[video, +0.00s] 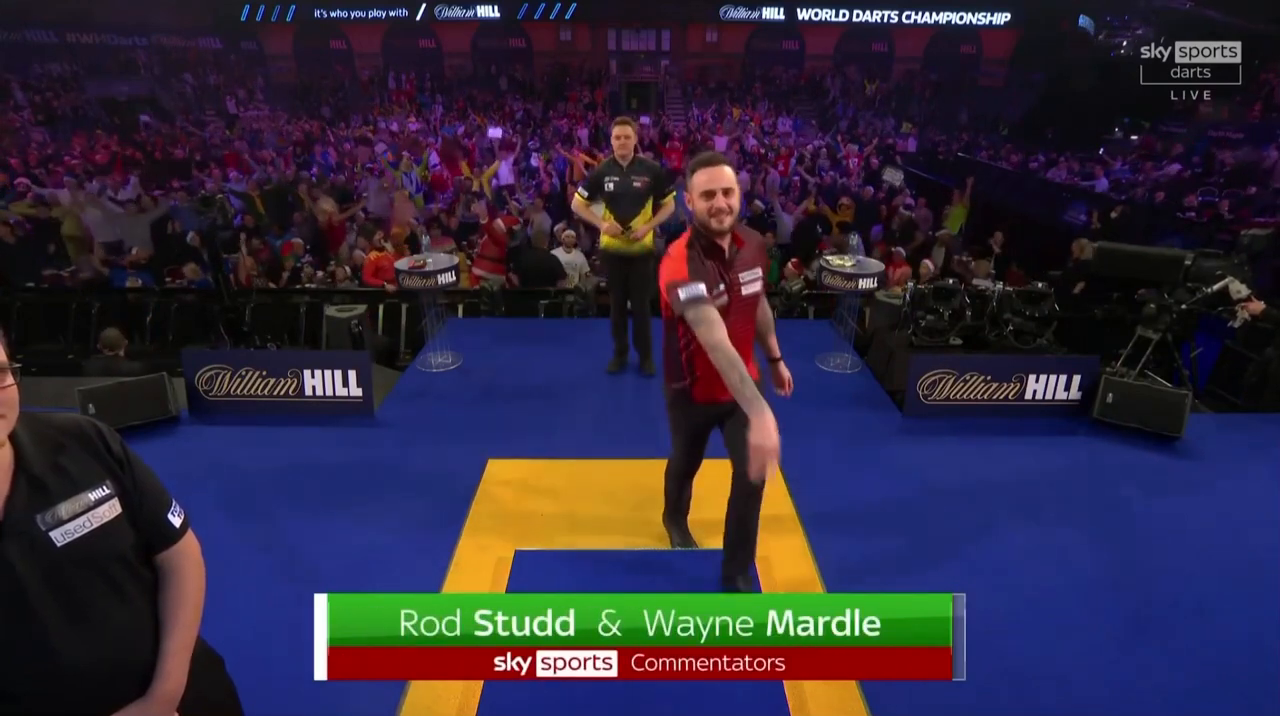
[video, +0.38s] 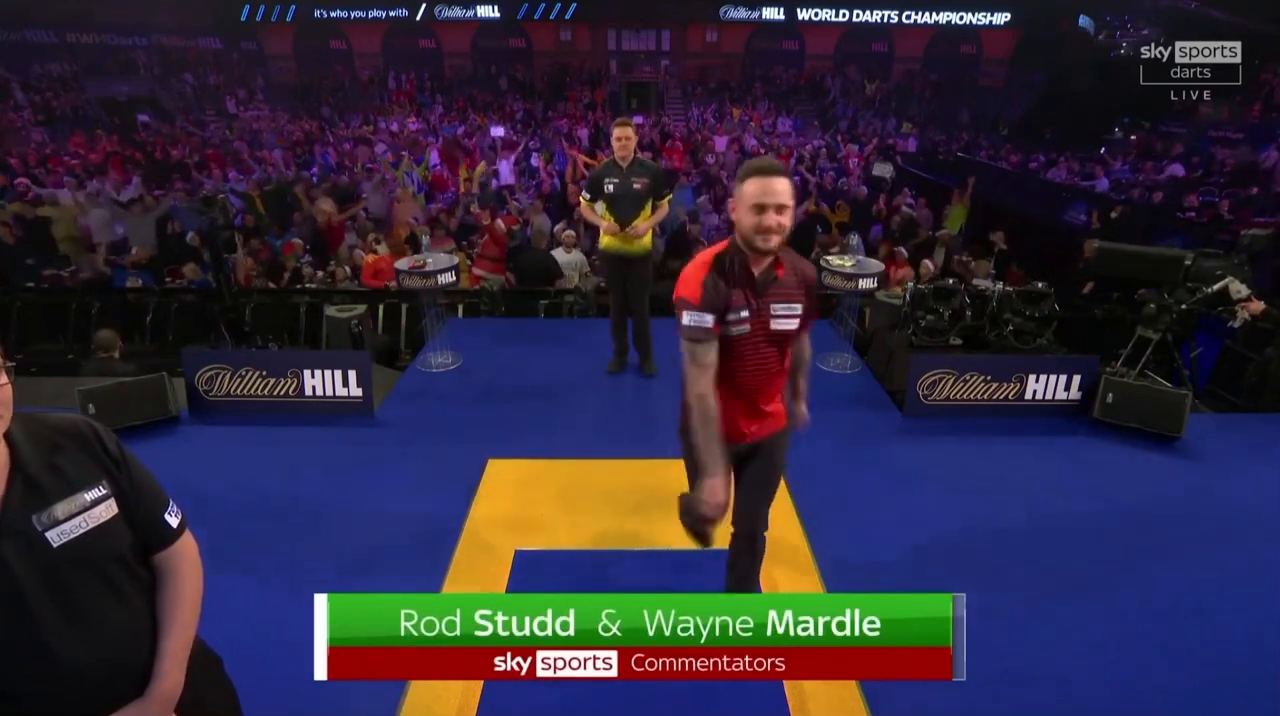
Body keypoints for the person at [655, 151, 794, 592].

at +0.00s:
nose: (720, 202)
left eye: (728, 192)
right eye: (707, 195)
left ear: (739, 195)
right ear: (689, 203)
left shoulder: (750, 245)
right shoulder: (681, 262)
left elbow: (758, 303)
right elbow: (716, 342)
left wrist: (775, 358)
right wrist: (758, 409)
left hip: (742, 384)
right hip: (694, 390)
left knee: (753, 474)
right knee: (685, 462)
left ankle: (737, 573)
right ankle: (675, 518)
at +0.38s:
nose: (771, 221)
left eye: (781, 210)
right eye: (759, 209)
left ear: (793, 214)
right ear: (734, 211)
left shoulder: (801, 275)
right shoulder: (703, 279)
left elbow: (800, 337)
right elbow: (700, 380)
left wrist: (799, 399)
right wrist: (713, 471)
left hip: (770, 419)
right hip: (712, 420)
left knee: (752, 526)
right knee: (712, 506)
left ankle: (744, 606)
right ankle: (697, 523)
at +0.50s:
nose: (790, 224)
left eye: (799, 212)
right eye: (777, 212)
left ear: (808, 212)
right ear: (745, 208)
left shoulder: (813, 281)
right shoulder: (701, 277)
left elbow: (818, 361)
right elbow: (676, 367)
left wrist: (826, 444)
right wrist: (669, 453)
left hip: (776, 439)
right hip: (715, 438)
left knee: (754, 540)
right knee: (715, 546)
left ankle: (743, 609)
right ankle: (704, 545)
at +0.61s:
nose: (799, 229)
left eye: (808, 217)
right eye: (786, 217)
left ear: (816, 213)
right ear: (750, 211)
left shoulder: (827, 294)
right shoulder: (700, 281)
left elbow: (841, 385)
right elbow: (653, 359)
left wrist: (851, 483)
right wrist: (631, 437)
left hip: (777, 459)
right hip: (711, 456)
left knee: (748, 570)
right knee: (717, 575)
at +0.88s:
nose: (773, 257)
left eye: (786, 243)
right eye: (758, 241)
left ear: (798, 248)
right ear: (723, 241)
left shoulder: (824, 336)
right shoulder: (681, 320)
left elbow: (854, 441)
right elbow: (639, 388)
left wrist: (864, 550)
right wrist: (606, 459)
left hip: (776, 528)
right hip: (698, 524)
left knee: (747, 623)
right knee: (703, 656)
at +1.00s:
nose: (750, 265)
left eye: (765, 251)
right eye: (734, 249)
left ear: (783, 261)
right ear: (702, 254)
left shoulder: (817, 352)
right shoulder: (664, 338)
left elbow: (853, 468)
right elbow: (637, 412)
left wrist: (852, 580)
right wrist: (616, 497)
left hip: (771, 565)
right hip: (683, 559)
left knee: (770, 665)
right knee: (694, 689)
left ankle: (770, 676)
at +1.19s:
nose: (733, 279)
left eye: (752, 263)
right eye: (717, 260)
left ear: (777, 265)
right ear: (688, 258)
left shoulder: (815, 372)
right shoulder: (650, 348)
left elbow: (861, 515)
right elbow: (630, 448)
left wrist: (841, 644)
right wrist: (612, 550)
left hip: (762, 608)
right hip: (668, 594)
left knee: (752, 706)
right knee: (688, 703)